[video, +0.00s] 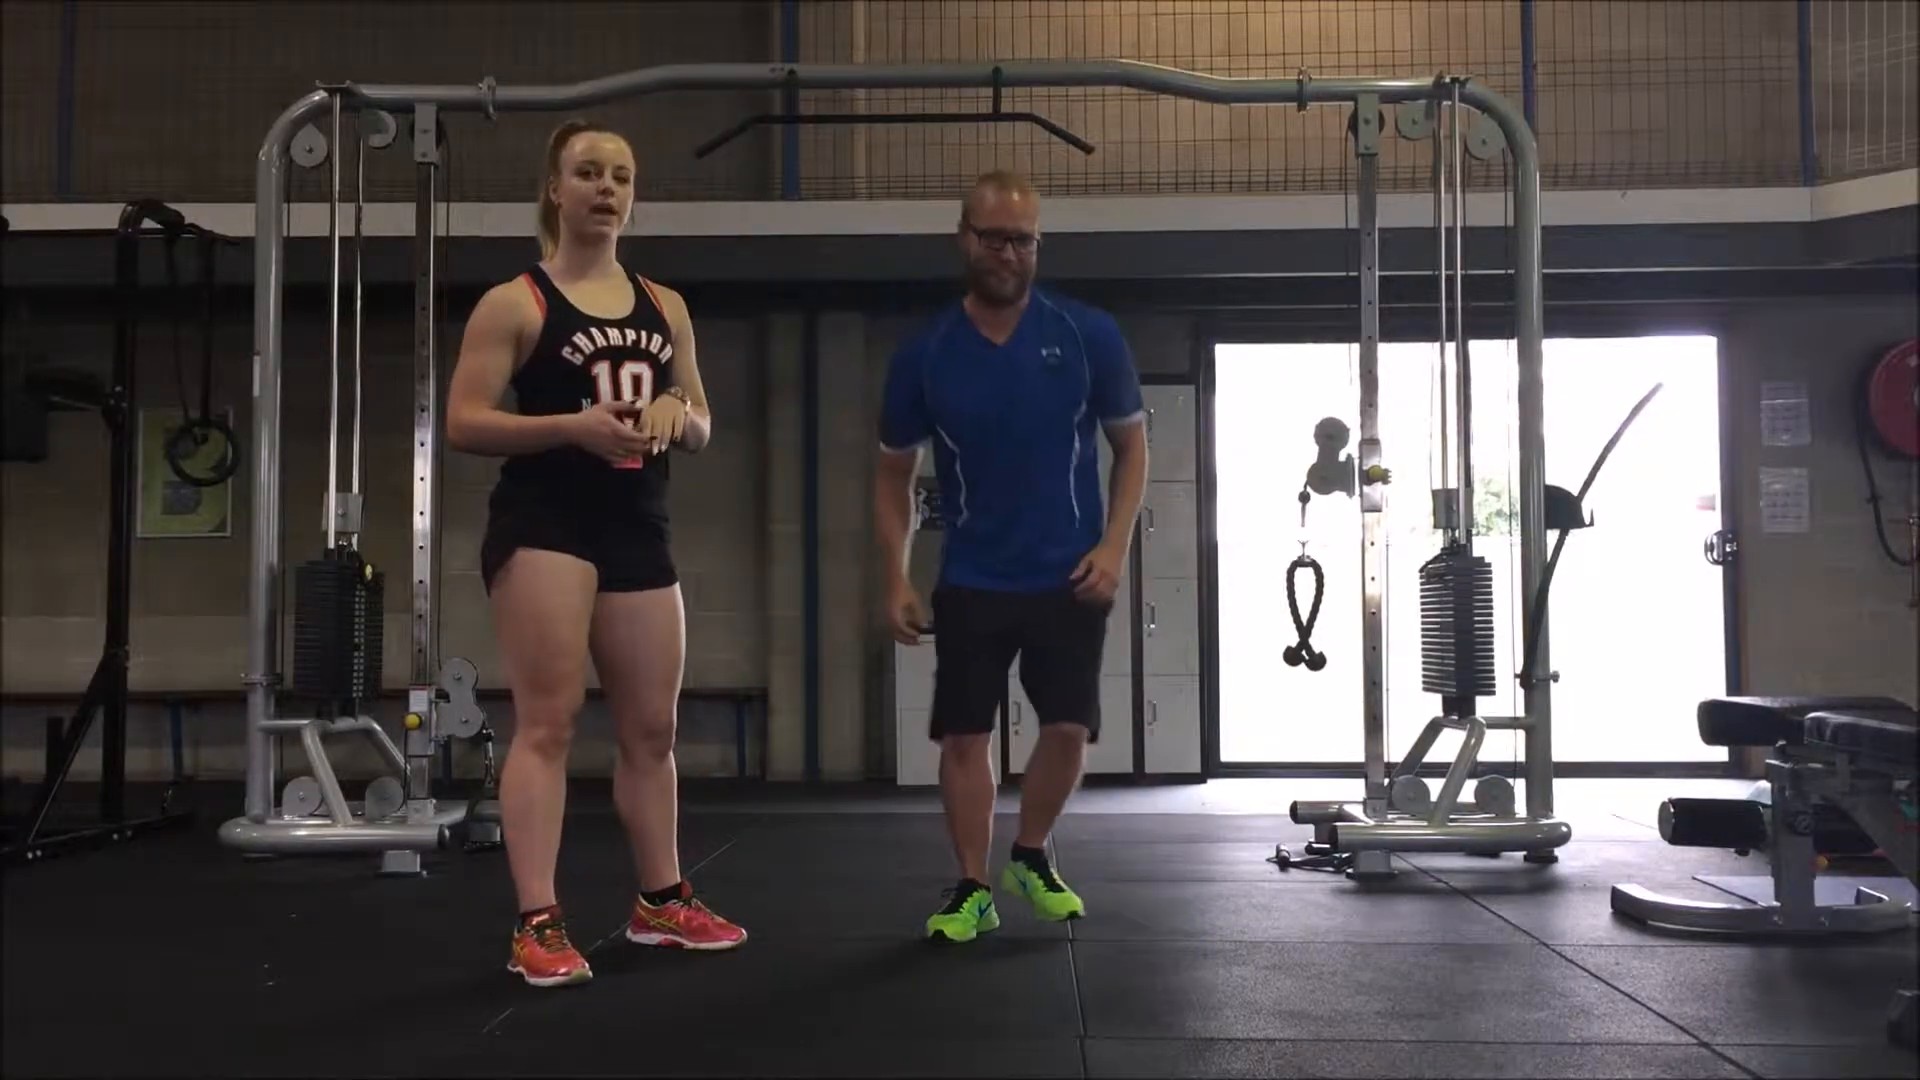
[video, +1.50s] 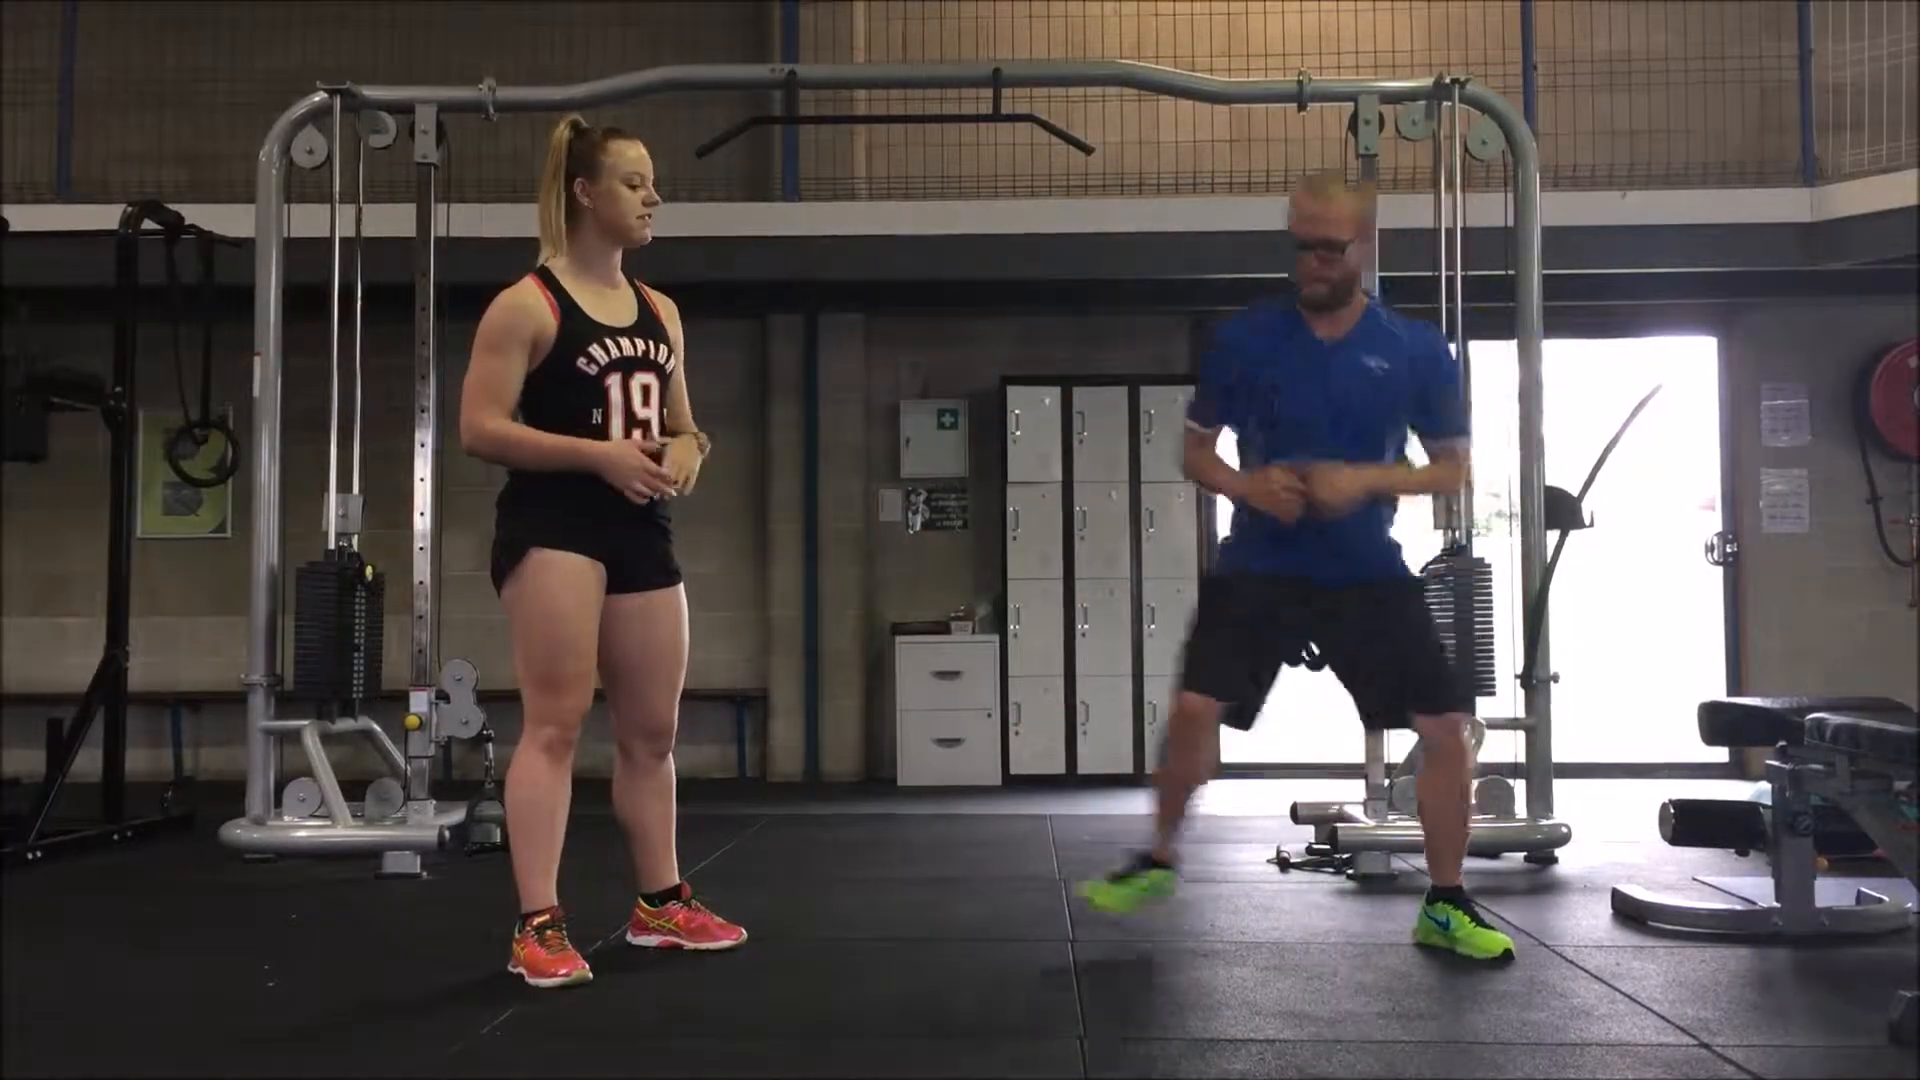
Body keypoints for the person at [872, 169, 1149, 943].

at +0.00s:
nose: (1008, 253)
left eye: (1022, 240)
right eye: (993, 238)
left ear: (1040, 245)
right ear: (963, 241)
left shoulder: (1090, 337)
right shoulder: (925, 354)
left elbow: (1131, 444)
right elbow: (894, 473)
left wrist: (1114, 547)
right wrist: (896, 580)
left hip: (1067, 577)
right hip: (971, 579)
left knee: (1070, 727)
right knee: (962, 734)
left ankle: (1027, 853)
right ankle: (972, 887)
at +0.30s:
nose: (1142, 229)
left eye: (1156, 216)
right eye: (1127, 213)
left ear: (1171, 221)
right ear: (1095, 212)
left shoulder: (1210, 316)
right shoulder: (1046, 324)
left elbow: (1247, 429)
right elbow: (1013, 438)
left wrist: (1204, 451)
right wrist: (1064, 486)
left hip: (1181, 554)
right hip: (1075, 557)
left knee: (1260, 685)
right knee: (1018, 716)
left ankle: (1298, 851)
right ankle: (975, 880)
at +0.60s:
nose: (1359, 244)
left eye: (1373, 230)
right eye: (1343, 227)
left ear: (1386, 229)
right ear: (1304, 218)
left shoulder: (1421, 330)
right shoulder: (1253, 334)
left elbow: (1452, 446)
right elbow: (1212, 454)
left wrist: (1399, 474)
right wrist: (1254, 484)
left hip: (1379, 570)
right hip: (1274, 572)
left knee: (1448, 710)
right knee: (1210, 719)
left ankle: (1443, 902)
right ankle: (1148, 823)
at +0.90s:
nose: (1426, 223)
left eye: (1441, 210)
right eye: (1410, 208)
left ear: (1460, 217)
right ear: (1379, 211)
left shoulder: (1499, 319)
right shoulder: (1324, 313)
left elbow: (1521, 428)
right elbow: (1280, 439)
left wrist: (1480, 475)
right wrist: (1341, 478)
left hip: (1445, 559)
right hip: (1338, 560)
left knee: (1476, 712)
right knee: (1313, 720)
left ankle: (1448, 896)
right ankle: (1293, 833)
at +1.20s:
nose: (1409, 266)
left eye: (1430, 252)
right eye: (1398, 248)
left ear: (1465, 251)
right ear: (1381, 242)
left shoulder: (1505, 357)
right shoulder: (1331, 338)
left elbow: (1519, 476)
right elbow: (1278, 456)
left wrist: (1461, 507)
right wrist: (1345, 500)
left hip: (1440, 580)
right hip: (1335, 582)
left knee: (1482, 727)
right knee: (1331, 746)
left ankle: (1446, 898)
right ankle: (1340, 845)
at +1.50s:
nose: (1313, 263)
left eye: (1332, 249)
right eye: (1302, 246)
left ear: (1368, 248)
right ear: (1288, 242)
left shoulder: (1417, 350)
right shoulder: (1244, 341)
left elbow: (1453, 472)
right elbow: (1194, 452)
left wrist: (1363, 480)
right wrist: (1245, 487)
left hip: (1366, 573)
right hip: (1258, 570)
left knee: (1445, 721)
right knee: (1192, 708)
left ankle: (1447, 900)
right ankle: (1158, 861)